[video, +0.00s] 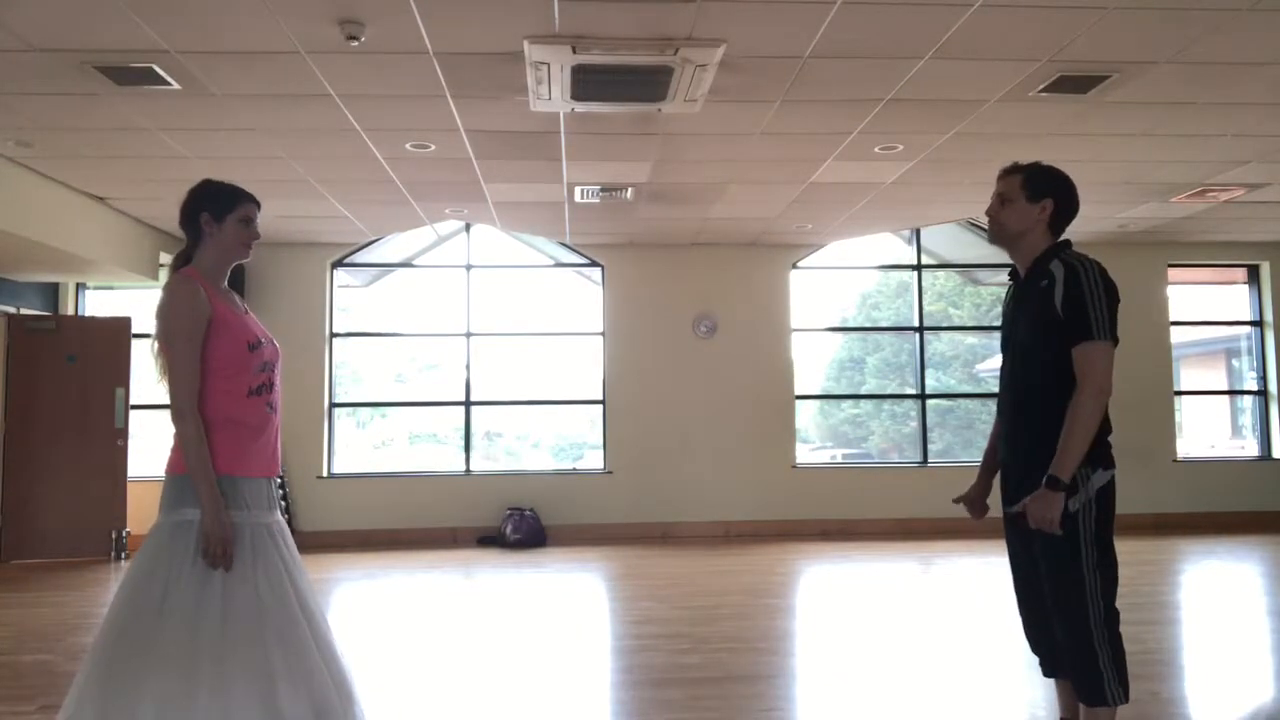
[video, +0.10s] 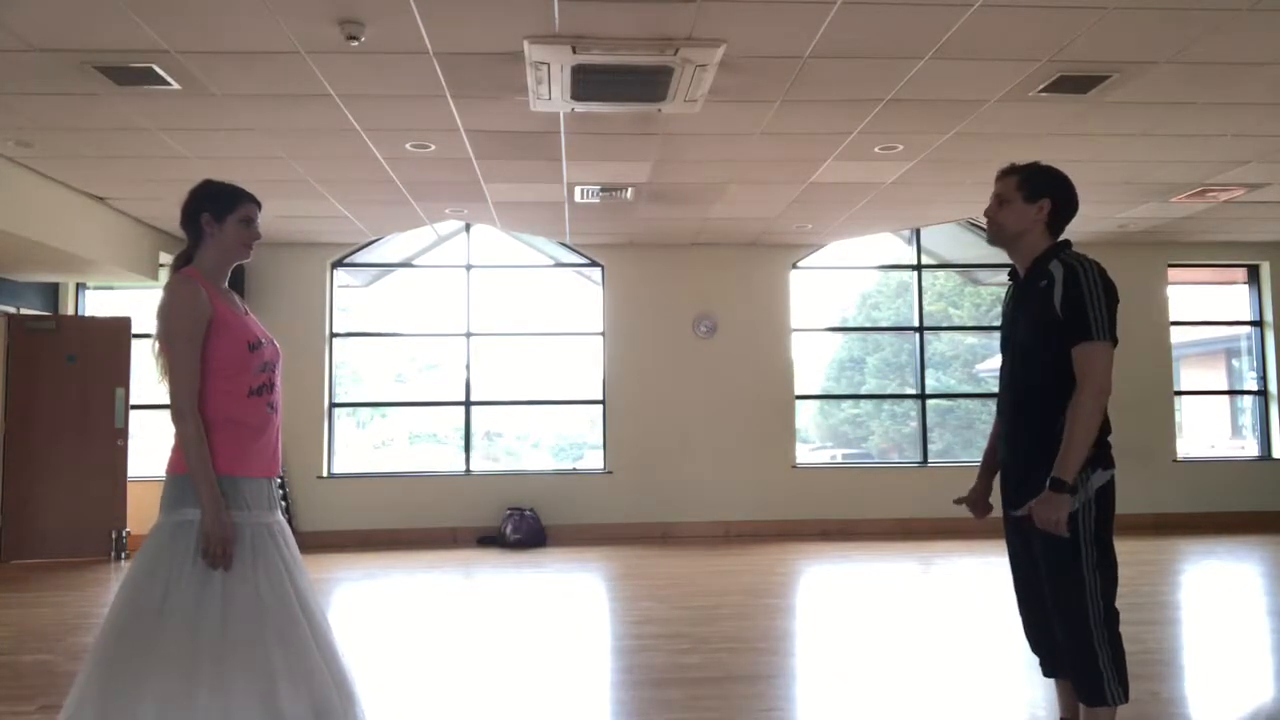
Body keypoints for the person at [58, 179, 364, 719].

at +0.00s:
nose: (255, 235)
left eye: (256, 226)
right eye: (246, 223)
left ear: (219, 228)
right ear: (208, 223)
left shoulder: (229, 298)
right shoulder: (186, 291)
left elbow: (244, 405)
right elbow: (184, 407)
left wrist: (271, 497)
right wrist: (212, 507)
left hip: (253, 497)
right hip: (216, 498)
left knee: (257, 653)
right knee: (218, 655)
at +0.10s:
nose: (256, 235)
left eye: (257, 226)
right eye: (247, 223)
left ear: (220, 228)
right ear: (208, 224)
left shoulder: (229, 298)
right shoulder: (187, 292)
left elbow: (243, 405)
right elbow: (184, 407)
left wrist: (270, 497)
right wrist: (212, 507)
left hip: (254, 497)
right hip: (216, 498)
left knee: (258, 653)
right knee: (217, 655)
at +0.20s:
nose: (257, 236)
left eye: (258, 226)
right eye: (247, 224)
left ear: (221, 229)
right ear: (209, 224)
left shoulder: (230, 299)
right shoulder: (187, 292)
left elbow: (243, 404)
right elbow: (185, 407)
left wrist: (270, 496)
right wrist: (212, 507)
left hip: (255, 498)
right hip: (217, 498)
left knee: (259, 654)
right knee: (217, 656)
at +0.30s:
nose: (257, 236)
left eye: (258, 226)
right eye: (248, 224)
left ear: (220, 229)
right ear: (209, 224)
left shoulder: (229, 298)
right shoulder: (188, 292)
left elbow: (239, 404)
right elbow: (185, 408)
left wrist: (269, 495)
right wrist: (213, 507)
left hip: (254, 497)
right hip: (218, 499)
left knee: (259, 654)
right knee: (219, 657)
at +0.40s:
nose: (257, 236)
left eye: (258, 226)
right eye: (248, 224)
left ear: (220, 228)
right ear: (209, 224)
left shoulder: (230, 299)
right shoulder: (188, 293)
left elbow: (237, 405)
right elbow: (186, 408)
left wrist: (268, 495)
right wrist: (213, 507)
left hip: (254, 498)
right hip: (218, 499)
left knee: (258, 656)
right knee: (218, 659)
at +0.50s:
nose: (257, 236)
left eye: (258, 227)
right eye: (248, 224)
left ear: (220, 229)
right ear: (209, 224)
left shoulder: (230, 300)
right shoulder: (188, 293)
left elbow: (239, 405)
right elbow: (186, 408)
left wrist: (270, 494)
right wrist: (214, 508)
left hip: (255, 498)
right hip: (219, 499)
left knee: (260, 656)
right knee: (219, 659)